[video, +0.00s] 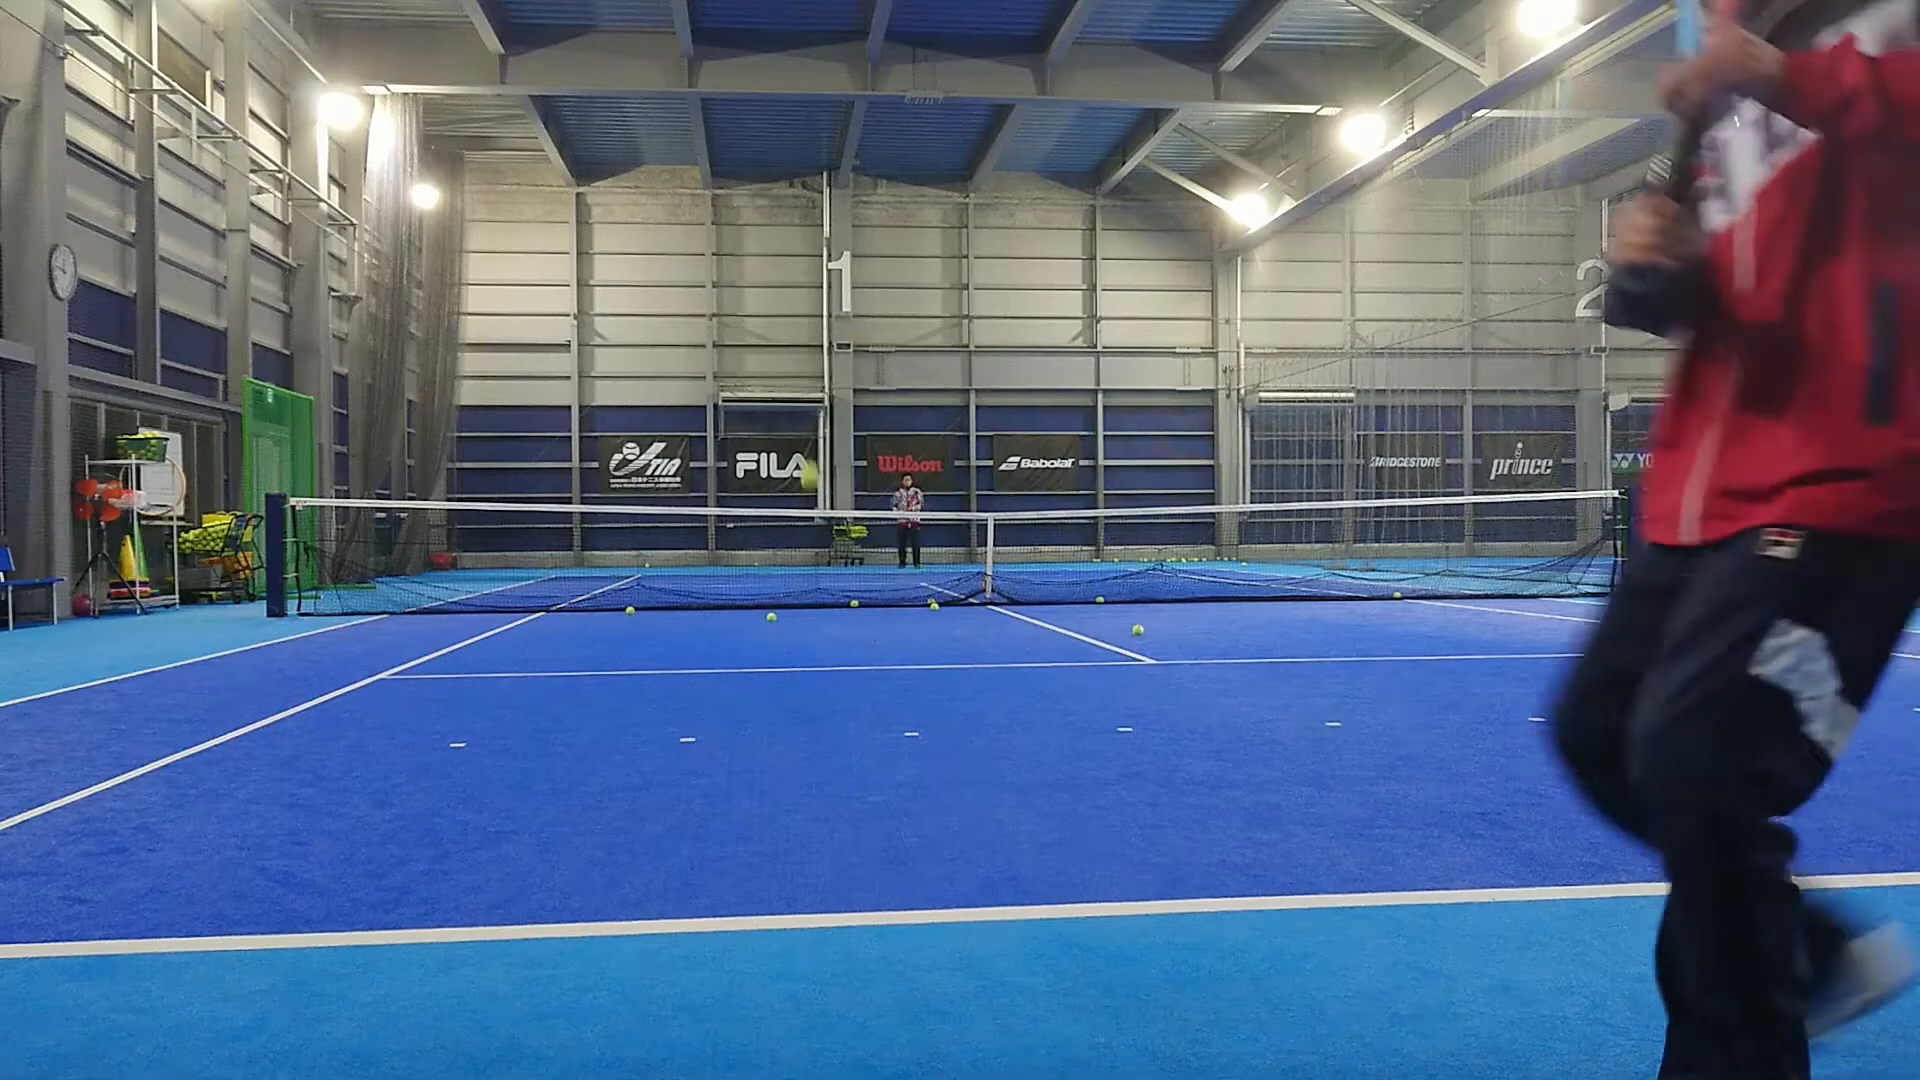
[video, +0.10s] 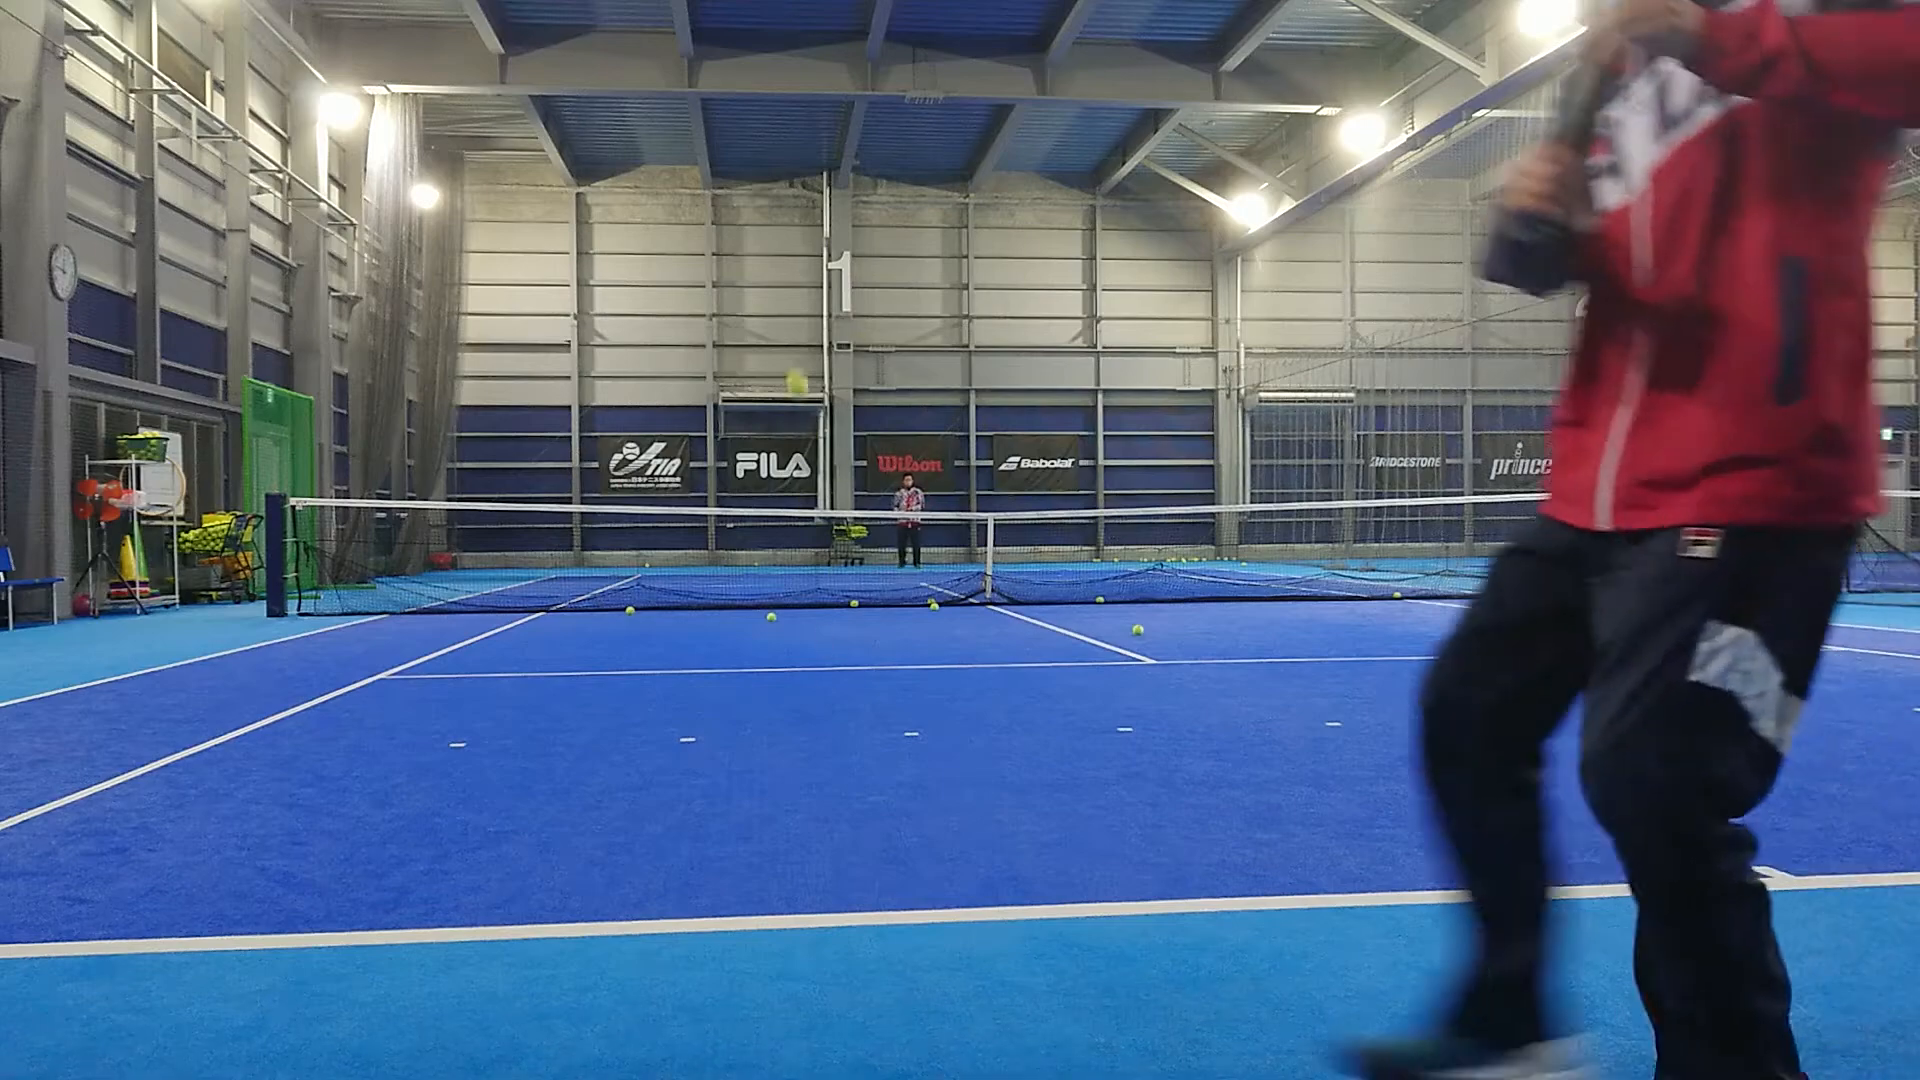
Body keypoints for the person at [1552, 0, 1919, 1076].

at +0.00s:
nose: (1725, 3)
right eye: (1718, 4)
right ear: (1721, 12)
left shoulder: (1891, 37)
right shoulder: (1730, 95)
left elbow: (1907, 108)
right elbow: (1717, 289)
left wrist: (1783, 75)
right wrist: (1659, 265)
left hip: (1857, 475)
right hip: (1710, 474)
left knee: (1697, 750)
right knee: (1600, 728)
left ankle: (1734, 1058)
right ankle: (1811, 952)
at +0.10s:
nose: (1628, 22)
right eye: (1627, 14)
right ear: (1619, 10)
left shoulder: (1821, 33)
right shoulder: (1627, 63)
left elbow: (1903, 60)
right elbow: (1567, 254)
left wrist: (1714, 33)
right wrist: (1531, 228)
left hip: (1756, 483)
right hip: (1603, 487)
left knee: (1653, 774)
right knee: (1470, 714)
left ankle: (1738, 1061)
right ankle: (1505, 1009)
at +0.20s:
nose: (1542, 6)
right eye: (1529, 4)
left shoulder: (1723, 34)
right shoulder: (1502, 68)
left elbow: (1866, 86)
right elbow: (1405, 239)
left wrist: (1646, 40)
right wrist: (1415, 197)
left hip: (1659, 507)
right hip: (1503, 510)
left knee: (1607, 797)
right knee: (1384, 742)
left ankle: (1733, 1068)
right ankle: (1250, 999)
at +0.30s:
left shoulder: (1607, 40)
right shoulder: (1379, 69)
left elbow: (1718, 140)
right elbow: (1289, 245)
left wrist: (1591, 144)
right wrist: (1330, 203)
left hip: (1543, 515)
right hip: (1399, 518)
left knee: (1535, 812)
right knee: (1273, 759)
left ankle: (1718, 1063)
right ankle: (1154, 1025)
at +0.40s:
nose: (1240, 7)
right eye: (1239, 8)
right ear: (1262, 8)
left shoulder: (1443, 33)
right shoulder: (1258, 95)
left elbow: (1576, 190)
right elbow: (1184, 253)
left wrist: (1484, 314)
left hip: (1406, 542)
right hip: (1283, 535)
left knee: (1416, 824)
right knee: (1159, 753)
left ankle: (1690, 1050)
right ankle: (1130, 1034)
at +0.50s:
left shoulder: (1332, 41)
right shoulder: (1209, 101)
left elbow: (1437, 233)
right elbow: (1111, 216)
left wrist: (1338, 428)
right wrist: (1004, 311)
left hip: (1294, 504)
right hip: (1216, 503)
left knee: (1253, 774)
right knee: (1139, 753)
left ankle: (1570, 976)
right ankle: (1127, 1027)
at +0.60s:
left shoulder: (1191, 37)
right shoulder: (1307, 17)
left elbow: (1253, 265)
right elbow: (1224, 188)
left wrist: (1142, 440)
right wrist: (1097, 196)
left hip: (1214, 457)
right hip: (1285, 451)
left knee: (1147, 731)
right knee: (1177, 733)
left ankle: (1438, 930)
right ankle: (1125, 1017)